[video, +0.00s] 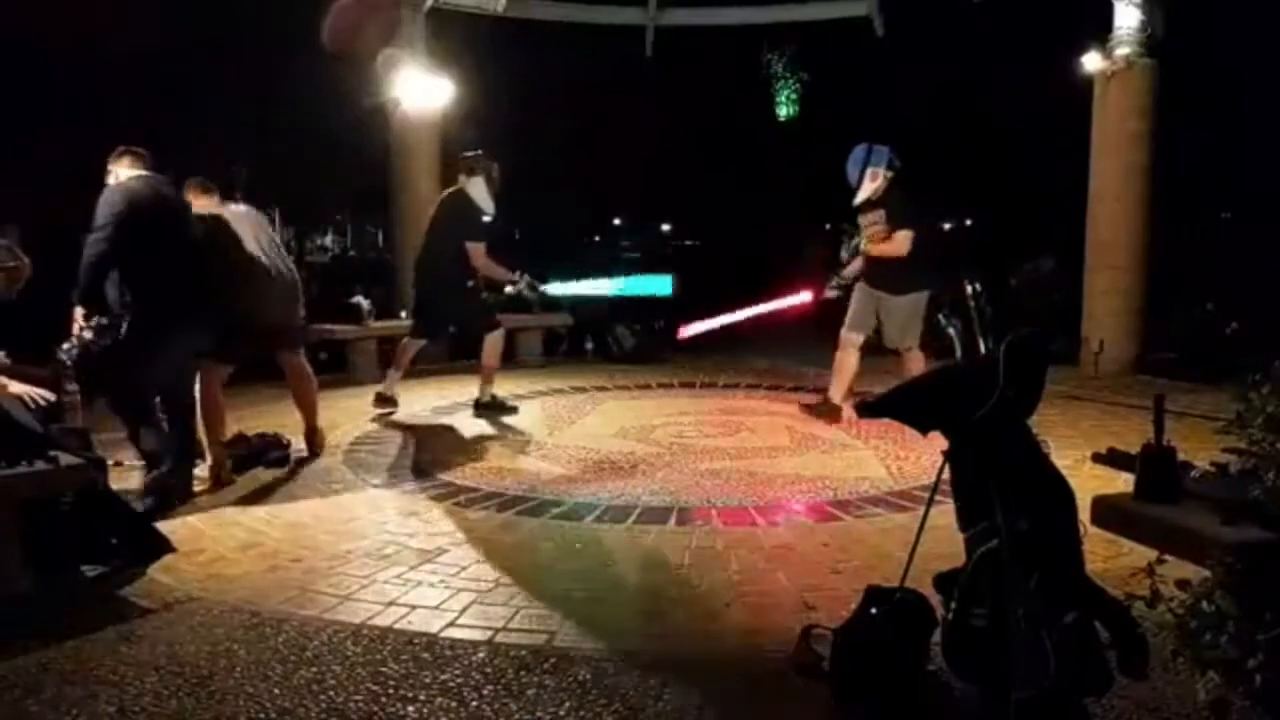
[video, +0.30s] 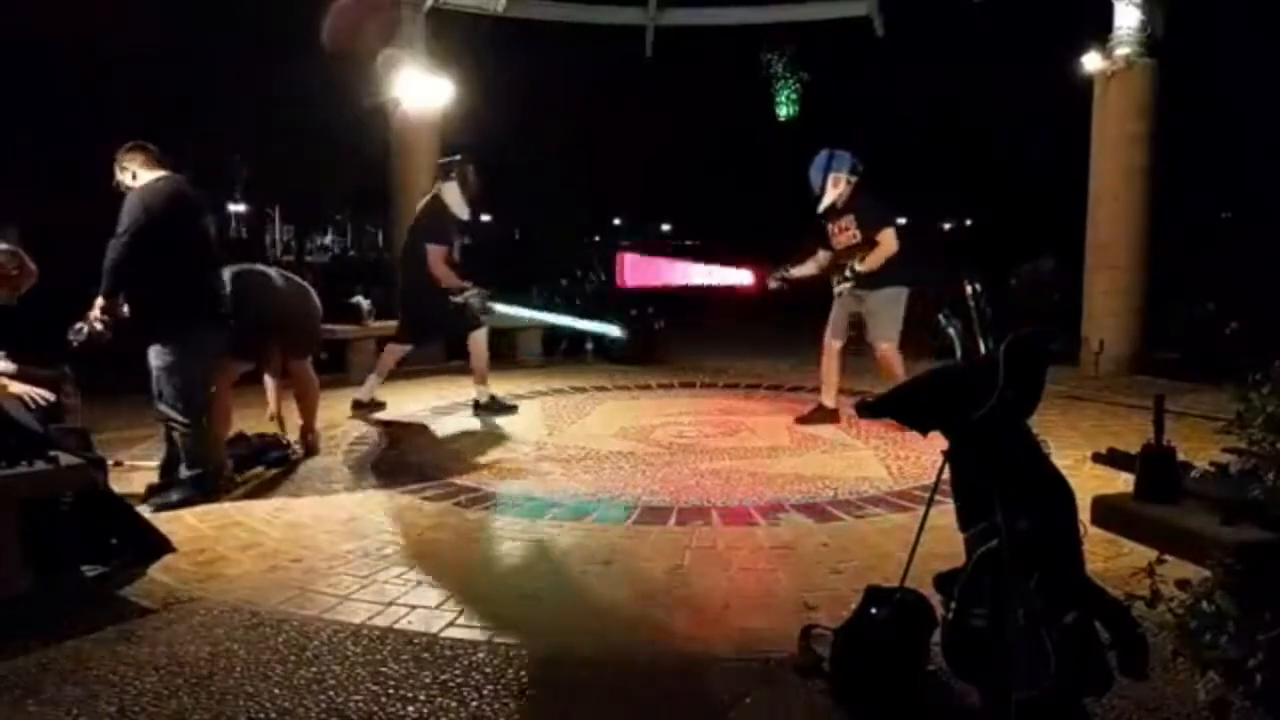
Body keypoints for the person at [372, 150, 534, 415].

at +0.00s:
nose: (494, 185)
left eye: (493, 179)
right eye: (492, 179)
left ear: (465, 176)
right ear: (481, 178)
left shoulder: (449, 199)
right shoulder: (471, 208)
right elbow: (479, 261)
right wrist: (513, 278)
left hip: (429, 281)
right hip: (453, 284)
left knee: (419, 333)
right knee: (493, 332)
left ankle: (387, 389)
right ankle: (486, 396)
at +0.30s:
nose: (475, 183)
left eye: (474, 176)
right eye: (470, 177)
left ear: (449, 180)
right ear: (456, 179)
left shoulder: (449, 208)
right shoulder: (437, 212)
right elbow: (436, 264)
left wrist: (458, 287)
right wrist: (463, 289)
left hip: (422, 288)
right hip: (426, 289)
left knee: (404, 340)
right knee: (477, 329)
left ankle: (365, 394)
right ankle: (484, 397)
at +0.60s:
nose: (449, 181)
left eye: (448, 174)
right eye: (445, 174)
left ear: (420, 174)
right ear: (433, 174)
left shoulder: (416, 201)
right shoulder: (414, 202)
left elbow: (425, 247)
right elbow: (424, 249)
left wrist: (448, 259)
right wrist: (455, 258)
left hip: (400, 283)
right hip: (407, 284)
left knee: (391, 337)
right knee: (450, 328)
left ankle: (361, 394)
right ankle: (461, 395)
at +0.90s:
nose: (460, 175)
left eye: (458, 170)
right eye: (455, 170)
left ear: (430, 174)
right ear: (443, 174)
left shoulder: (422, 202)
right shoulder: (431, 203)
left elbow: (447, 247)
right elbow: (450, 246)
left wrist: (486, 246)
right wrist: (488, 246)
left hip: (408, 285)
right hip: (426, 285)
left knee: (401, 336)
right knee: (469, 326)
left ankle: (364, 393)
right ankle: (468, 397)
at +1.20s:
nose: (476, 181)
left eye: (475, 174)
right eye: (472, 175)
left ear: (444, 174)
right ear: (459, 176)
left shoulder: (434, 200)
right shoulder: (443, 206)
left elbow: (452, 253)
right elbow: (454, 259)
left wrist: (483, 261)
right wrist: (487, 263)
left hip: (409, 280)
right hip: (425, 283)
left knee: (404, 331)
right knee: (466, 326)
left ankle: (366, 390)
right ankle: (467, 398)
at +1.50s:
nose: (447, 181)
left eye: (446, 175)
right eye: (442, 175)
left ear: (424, 177)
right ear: (429, 178)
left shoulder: (427, 204)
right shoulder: (410, 209)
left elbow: (421, 255)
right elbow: (407, 260)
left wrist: (437, 287)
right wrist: (433, 288)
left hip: (409, 286)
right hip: (404, 287)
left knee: (387, 339)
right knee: (445, 329)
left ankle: (349, 394)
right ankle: (463, 396)